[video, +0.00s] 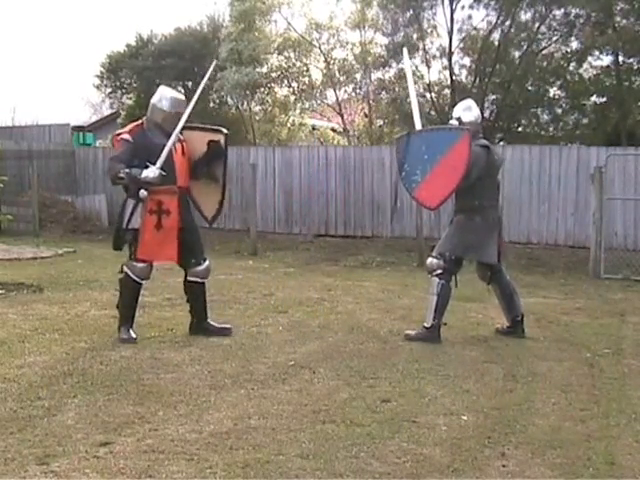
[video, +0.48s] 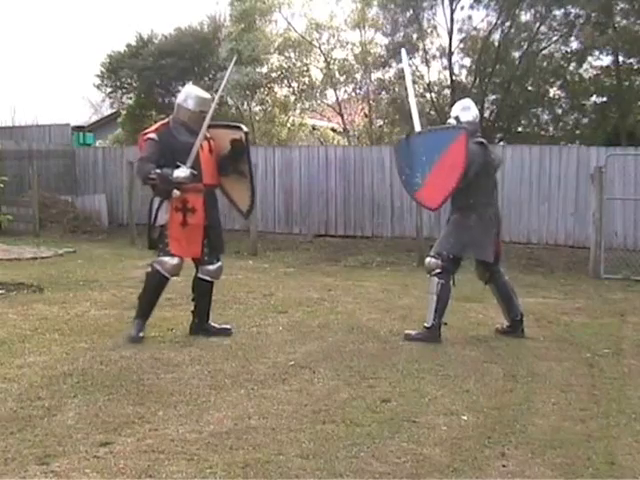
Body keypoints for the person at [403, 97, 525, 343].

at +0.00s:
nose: (455, 128)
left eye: (458, 123)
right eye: (456, 123)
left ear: (464, 124)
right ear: (478, 124)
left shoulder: (471, 152)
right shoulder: (490, 151)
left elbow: (455, 180)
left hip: (469, 220)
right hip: (489, 219)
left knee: (442, 267)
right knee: (491, 269)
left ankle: (432, 327)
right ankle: (516, 322)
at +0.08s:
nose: (455, 128)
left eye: (457, 123)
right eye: (455, 123)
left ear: (464, 124)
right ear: (478, 124)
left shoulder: (472, 151)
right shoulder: (489, 151)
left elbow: (455, 180)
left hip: (469, 219)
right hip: (489, 219)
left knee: (441, 266)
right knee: (490, 269)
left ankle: (432, 327)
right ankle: (516, 322)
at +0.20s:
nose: (455, 128)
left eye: (457, 123)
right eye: (456, 124)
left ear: (464, 124)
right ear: (478, 124)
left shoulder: (470, 152)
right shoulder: (489, 151)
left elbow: (453, 180)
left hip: (468, 219)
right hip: (488, 219)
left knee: (441, 266)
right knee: (490, 269)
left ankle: (432, 327)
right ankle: (516, 321)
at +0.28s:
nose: (454, 128)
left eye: (456, 124)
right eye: (454, 124)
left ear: (464, 124)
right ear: (477, 124)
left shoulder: (471, 151)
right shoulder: (488, 150)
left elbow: (454, 180)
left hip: (469, 219)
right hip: (488, 219)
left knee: (441, 266)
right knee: (490, 269)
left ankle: (432, 327)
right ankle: (516, 321)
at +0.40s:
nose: (453, 127)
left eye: (455, 123)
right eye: (453, 123)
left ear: (461, 124)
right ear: (476, 124)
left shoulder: (467, 152)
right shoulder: (489, 151)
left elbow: (452, 180)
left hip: (466, 220)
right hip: (487, 220)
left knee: (441, 268)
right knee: (492, 270)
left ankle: (432, 327)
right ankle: (516, 322)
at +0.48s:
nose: (452, 126)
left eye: (454, 122)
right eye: (453, 122)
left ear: (460, 123)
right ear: (476, 122)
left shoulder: (466, 150)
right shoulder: (487, 149)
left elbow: (451, 181)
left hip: (465, 219)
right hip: (487, 219)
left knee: (442, 268)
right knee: (489, 270)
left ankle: (433, 327)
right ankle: (515, 322)